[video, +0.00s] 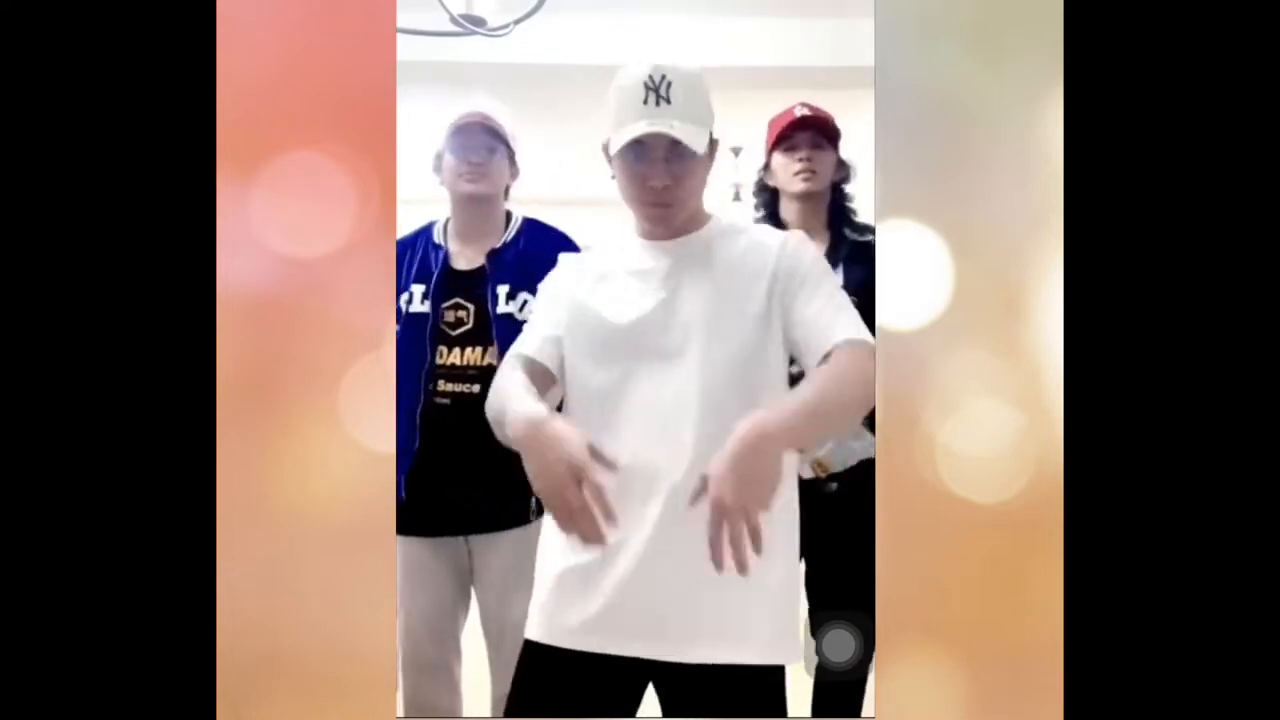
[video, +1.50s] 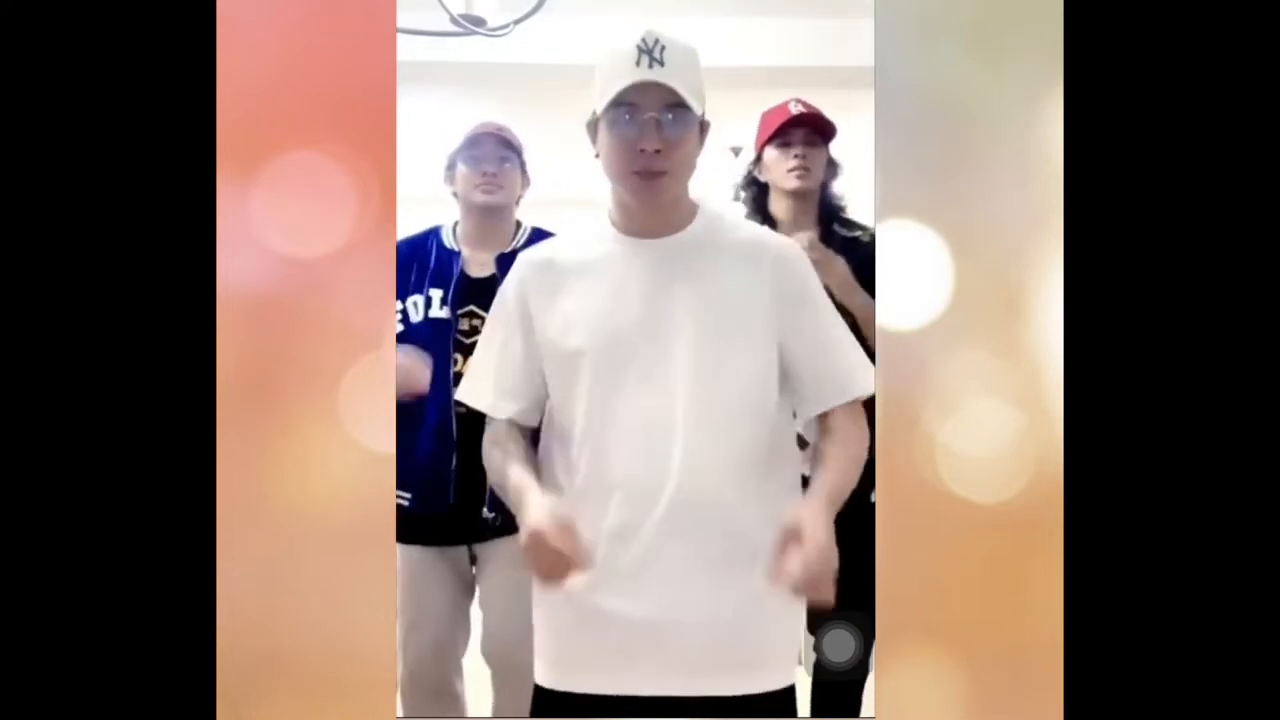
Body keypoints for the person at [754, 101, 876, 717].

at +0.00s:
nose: (805, 159)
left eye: (818, 149)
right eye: (791, 149)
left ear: (838, 165)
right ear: (769, 166)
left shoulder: (873, 250)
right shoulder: (742, 253)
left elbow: (898, 350)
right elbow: (724, 355)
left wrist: (856, 416)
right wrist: (773, 424)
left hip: (852, 468)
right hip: (764, 463)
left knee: (846, 634)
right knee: (754, 627)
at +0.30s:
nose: (813, 161)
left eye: (826, 150)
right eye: (797, 150)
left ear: (842, 167)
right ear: (772, 168)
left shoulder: (876, 255)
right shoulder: (743, 257)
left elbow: (908, 374)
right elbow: (720, 367)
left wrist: (855, 346)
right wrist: (784, 349)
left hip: (859, 474)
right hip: (766, 471)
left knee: (849, 647)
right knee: (767, 637)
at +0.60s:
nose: (809, 156)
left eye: (821, 148)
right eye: (793, 146)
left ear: (833, 167)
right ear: (762, 162)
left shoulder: (858, 253)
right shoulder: (729, 250)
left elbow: (885, 359)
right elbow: (730, 345)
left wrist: (837, 288)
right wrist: (812, 276)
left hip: (853, 474)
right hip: (768, 471)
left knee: (852, 644)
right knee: (772, 636)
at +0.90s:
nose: (798, 156)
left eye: (811, 147)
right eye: (782, 145)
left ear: (822, 165)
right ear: (752, 161)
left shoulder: (844, 252)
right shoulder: (724, 249)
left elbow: (872, 368)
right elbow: (713, 354)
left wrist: (840, 292)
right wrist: (793, 309)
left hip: (834, 468)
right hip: (753, 467)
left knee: (846, 645)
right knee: (751, 640)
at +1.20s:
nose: (792, 154)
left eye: (805, 145)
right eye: (778, 145)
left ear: (822, 163)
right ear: (751, 161)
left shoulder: (852, 252)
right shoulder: (724, 244)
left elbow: (878, 368)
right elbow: (704, 354)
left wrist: (813, 296)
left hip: (831, 467)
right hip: (743, 469)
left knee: (840, 649)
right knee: (745, 642)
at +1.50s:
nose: (800, 156)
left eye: (813, 146)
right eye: (785, 145)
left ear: (829, 161)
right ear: (759, 162)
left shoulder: (866, 248)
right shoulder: (733, 249)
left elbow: (894, 351)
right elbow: (711, 351)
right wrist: (770, 277)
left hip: (850, 460)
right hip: (755, 459)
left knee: (843, 643)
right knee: (758, 633)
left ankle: (834, 716)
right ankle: (770, 712)